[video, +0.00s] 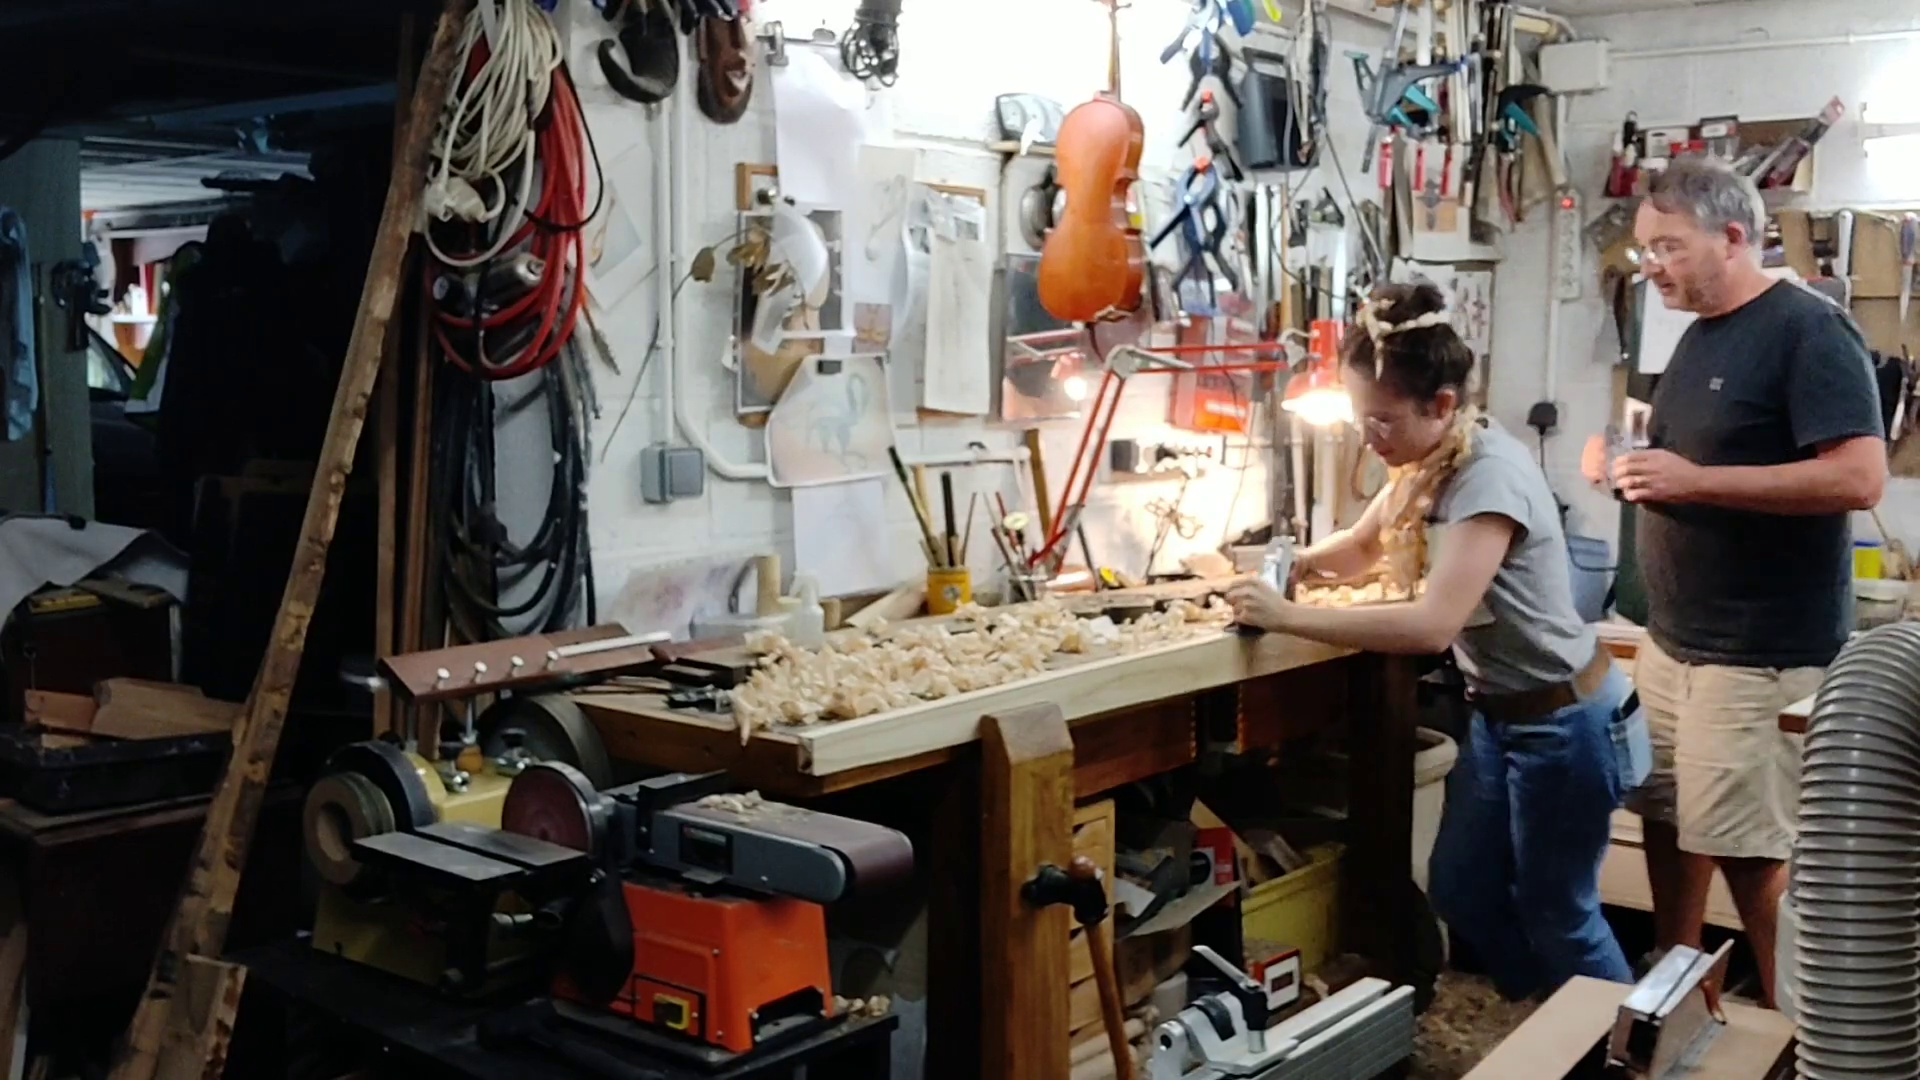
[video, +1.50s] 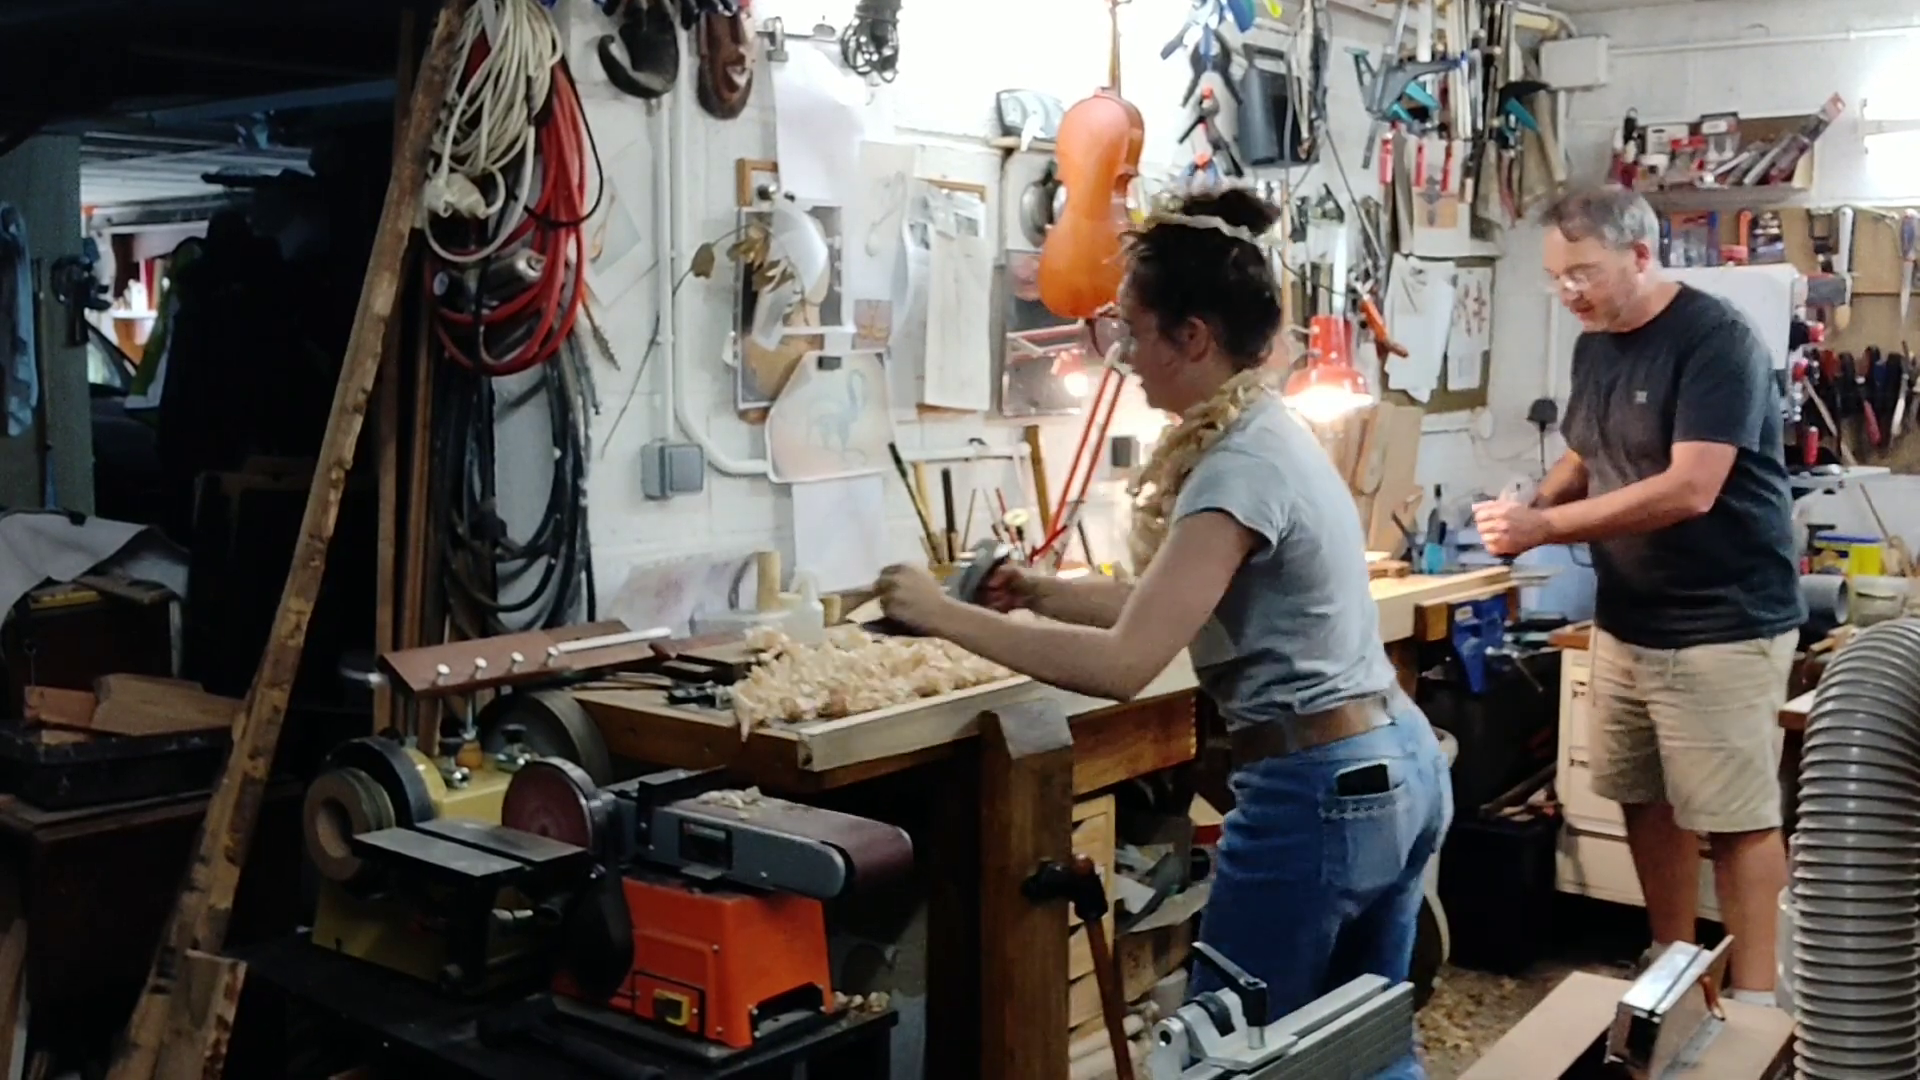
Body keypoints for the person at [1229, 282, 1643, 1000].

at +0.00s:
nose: (1368, 437)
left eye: (1382, 422)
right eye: (1361, 419)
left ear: (1442, 405)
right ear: (1356, 393)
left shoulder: (1492, 475)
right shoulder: (1425, 466)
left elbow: (1433, 624)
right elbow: (1365, 545)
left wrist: (1286, 615)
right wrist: (1292, 563)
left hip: (1563, 726)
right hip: (1492, 719)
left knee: (1560, 915)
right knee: (1462, 892)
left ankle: (1628, 1037)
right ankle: (1546, 1016)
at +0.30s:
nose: (1289, 440)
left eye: (1304, 423)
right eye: (1279, 421)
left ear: (1367, 405)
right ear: (1271, 396)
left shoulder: (1423, 481)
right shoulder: (1344, 470)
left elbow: (1369, 643)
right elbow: (1293, 557)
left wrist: (1219, 633)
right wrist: (1224, 575)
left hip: (1500, 740)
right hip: (1417, 734)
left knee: (1529, 931)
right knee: (1378, 912)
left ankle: (1625, 1043)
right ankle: (1424, 1064)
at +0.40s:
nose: (1249, 442)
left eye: (1264, 426)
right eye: (1241, 423)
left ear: (1330, 405)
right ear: (1239, 399)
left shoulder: (1391, 483)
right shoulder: (1309, 476)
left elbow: (1337, 648)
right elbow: (1254, 569)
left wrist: (1187, 642)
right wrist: (1178, 581)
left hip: (1468, 746)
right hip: (1386, 741)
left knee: (1466, 954)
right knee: (1376, 956)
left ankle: (1599, 1039)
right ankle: (1424, 1076)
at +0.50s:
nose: (1217, 449)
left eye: (1231, 430)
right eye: (1208, 429)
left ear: (1295, 407)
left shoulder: (1360, 481)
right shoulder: (1283, 483)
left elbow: (1314, 652)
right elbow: (1221, 572)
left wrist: (1162, 652)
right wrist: (1144, 597)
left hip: (1439, 752)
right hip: (1362, 745)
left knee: (1395, 971)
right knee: (1353, 962)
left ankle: (1523, 1061)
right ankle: (1452, 1062)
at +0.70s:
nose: (1158, 457)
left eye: (1172, 438)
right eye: (1150, 437)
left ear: (1242, 416)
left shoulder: (1304, 497)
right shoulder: (1242, 492)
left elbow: (1249, 677)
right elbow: (1176, 578)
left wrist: (1084, 661)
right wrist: (1099, 598)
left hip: (1376, 777)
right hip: (1318, 774)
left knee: (1278, 977)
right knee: (1375, 979)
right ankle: (1444, 1074)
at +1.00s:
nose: (1059, 445)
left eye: (1068, 423)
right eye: (1052, 424)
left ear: (1144, 402)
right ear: (1139, 406)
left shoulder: (1219, 494)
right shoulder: (1165, 480)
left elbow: (1142, 696)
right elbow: (1102, 584)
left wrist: (964, 689)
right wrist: (1010, 620)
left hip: (1325, 795)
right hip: (1294, 787)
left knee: (1194, 1026)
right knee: (1348, 1013)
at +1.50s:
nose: (1122, 351)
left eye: (1133, 330)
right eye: (1122, 328)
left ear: (1193, 338)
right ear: (1211, 340)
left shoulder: (1240, 463)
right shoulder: (1276, 440)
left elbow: (1125, 661)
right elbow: (1172, 600)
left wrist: (947, 617)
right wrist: (1038, 594)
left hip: (1317, 783)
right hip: (1400, 755)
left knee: (1232, 1045)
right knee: (1374, 1034)